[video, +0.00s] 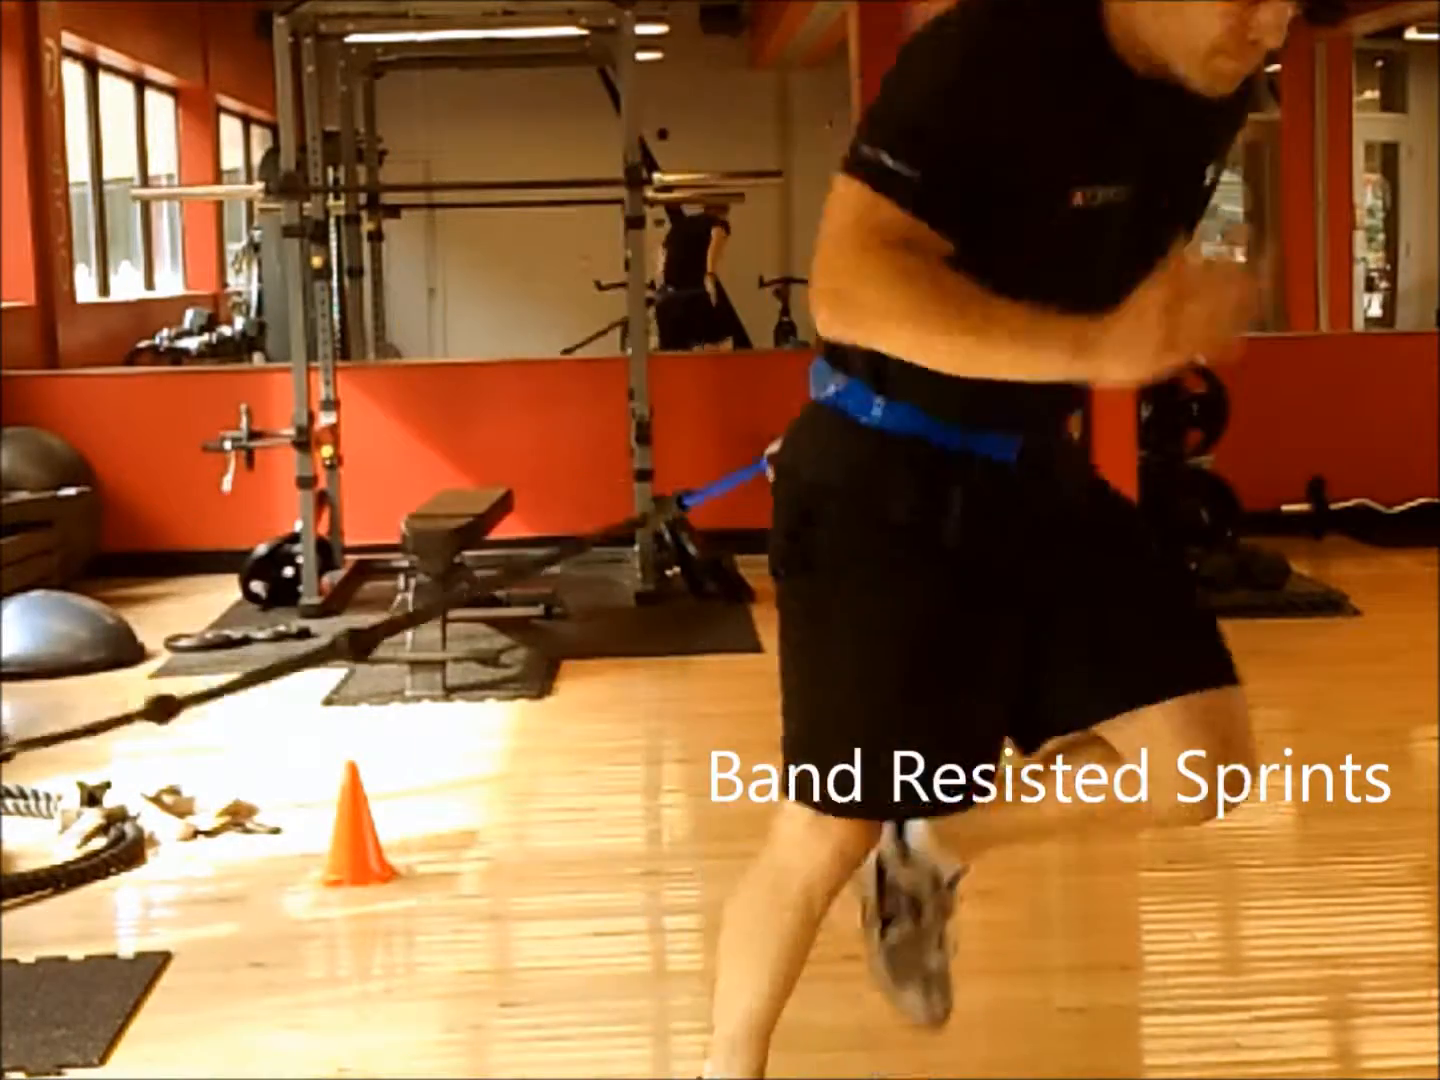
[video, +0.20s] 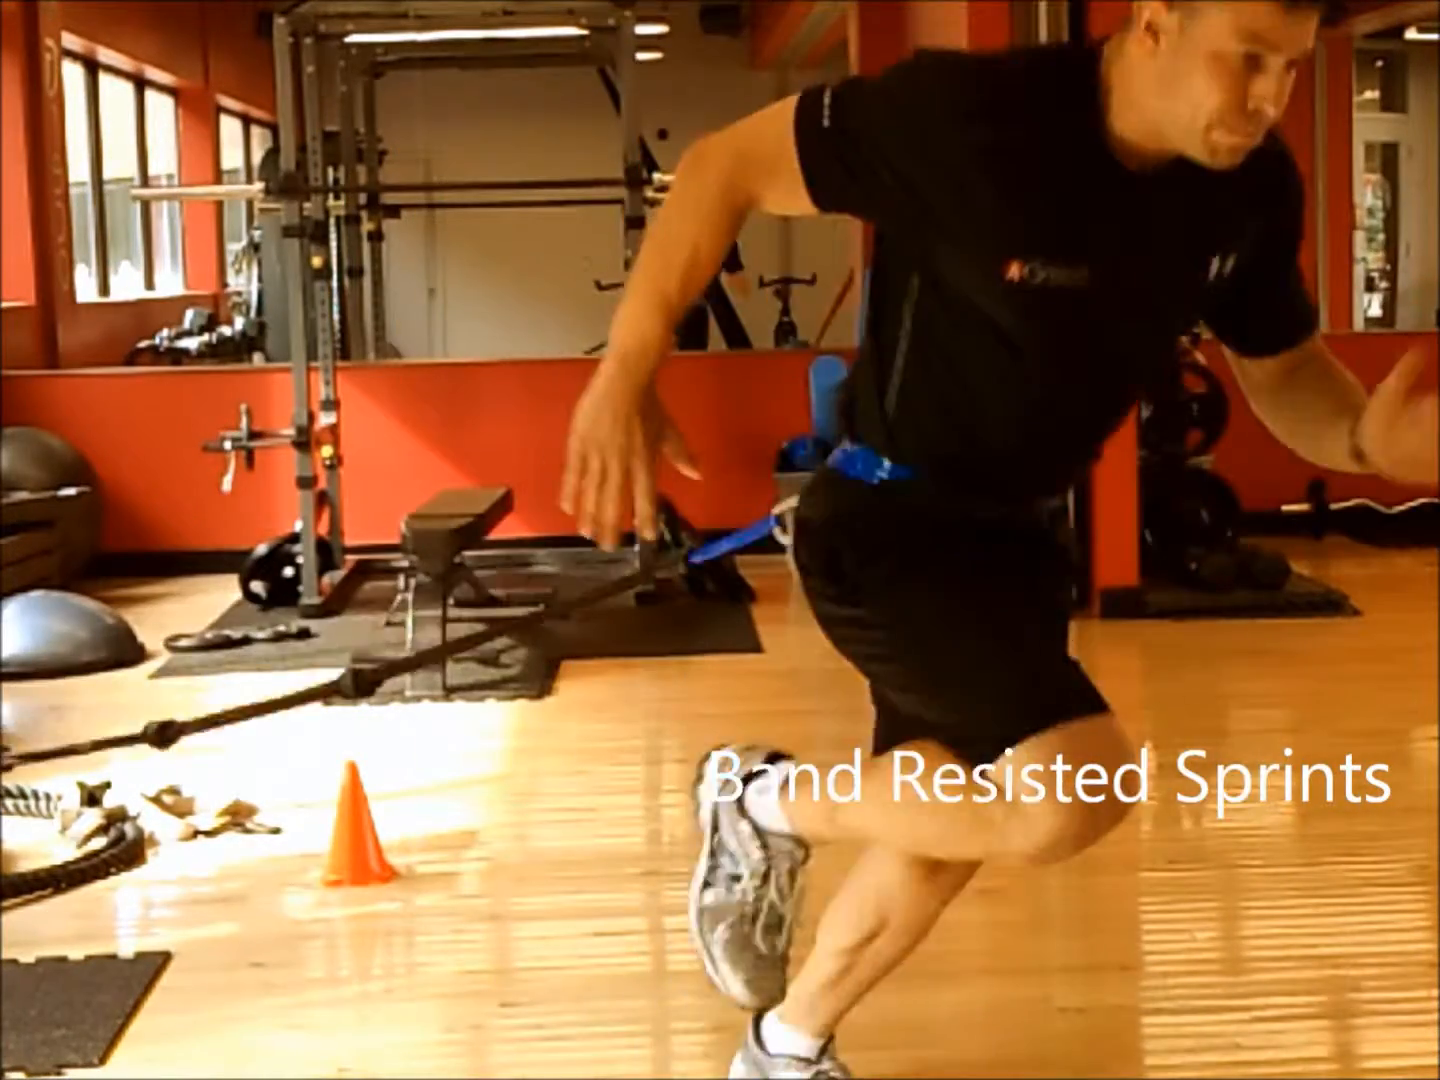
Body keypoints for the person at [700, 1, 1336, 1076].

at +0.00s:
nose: (1272, 25)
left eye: (1288, 1)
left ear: (1301, 4)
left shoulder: (1219, 79)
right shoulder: (983, 47)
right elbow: (849, 287)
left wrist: (1179, 308)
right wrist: (1092, 347)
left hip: (1041, 464)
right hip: (879, 458)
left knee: (1198, 767)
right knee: (833, 818)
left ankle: (931, 840)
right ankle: (729, 1067)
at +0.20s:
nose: (1273, 100)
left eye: (1293, 68)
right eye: (1251, 60)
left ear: (1309, 56)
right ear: (1152, 23)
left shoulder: (1250, 184)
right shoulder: (966, 112)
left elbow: (1279, 359)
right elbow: (721, 170)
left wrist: (1362, 437)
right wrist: (623, 370)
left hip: (1027, 526)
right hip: (883, 511)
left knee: (936, 827)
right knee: (1078, 785)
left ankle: (785, 1045)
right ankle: (758, 801)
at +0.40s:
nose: (1291, 26)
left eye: (1305, 1)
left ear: (1318, 3)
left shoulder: (1248, 104)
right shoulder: (984, 56)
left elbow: (1183, 278)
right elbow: (797, 242)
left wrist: (1172, 479)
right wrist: (904, 469)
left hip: (1049, 487)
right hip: (891, 485)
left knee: (1078, 855)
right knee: (893, 893)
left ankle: (845, 952)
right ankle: (746, 1069)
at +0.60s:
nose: (1328, 87)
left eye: (1349, 54)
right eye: (1310, 40)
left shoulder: (1246, 132)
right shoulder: (1023, 83)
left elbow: (1135, 309)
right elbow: (898, 324)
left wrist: (1230, 348)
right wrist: (1160, 370)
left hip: (1050, 489)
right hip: (890, 489)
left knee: (1223, 790)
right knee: (837, 848)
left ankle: (944, 869)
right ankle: (719, 1065)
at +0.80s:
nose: (1332, 111)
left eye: (1351, 79)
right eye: (1311, 67)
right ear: (1210, 33)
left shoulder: (1294, 177)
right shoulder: (1020, 99)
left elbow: (1311, 355)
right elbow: (767, 177)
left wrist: (1386, 446)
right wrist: (667, 401)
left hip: (1053, 534)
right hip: (915, 523)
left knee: (978, 834)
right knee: (1101, 846)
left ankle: (824, 1057)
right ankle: (770, 784)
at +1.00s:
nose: (1341, 26)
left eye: (1362, 5)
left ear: (1375, 9)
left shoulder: (1304, 85)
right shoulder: (1028, 36)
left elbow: (1229, 262)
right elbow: (836, 232)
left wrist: (1220, 461)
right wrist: (951, 465)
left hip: (1089, 469)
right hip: (918, 468)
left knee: (1106, 839)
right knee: (919, 871)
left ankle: (887, 989)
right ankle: (744, 1068)